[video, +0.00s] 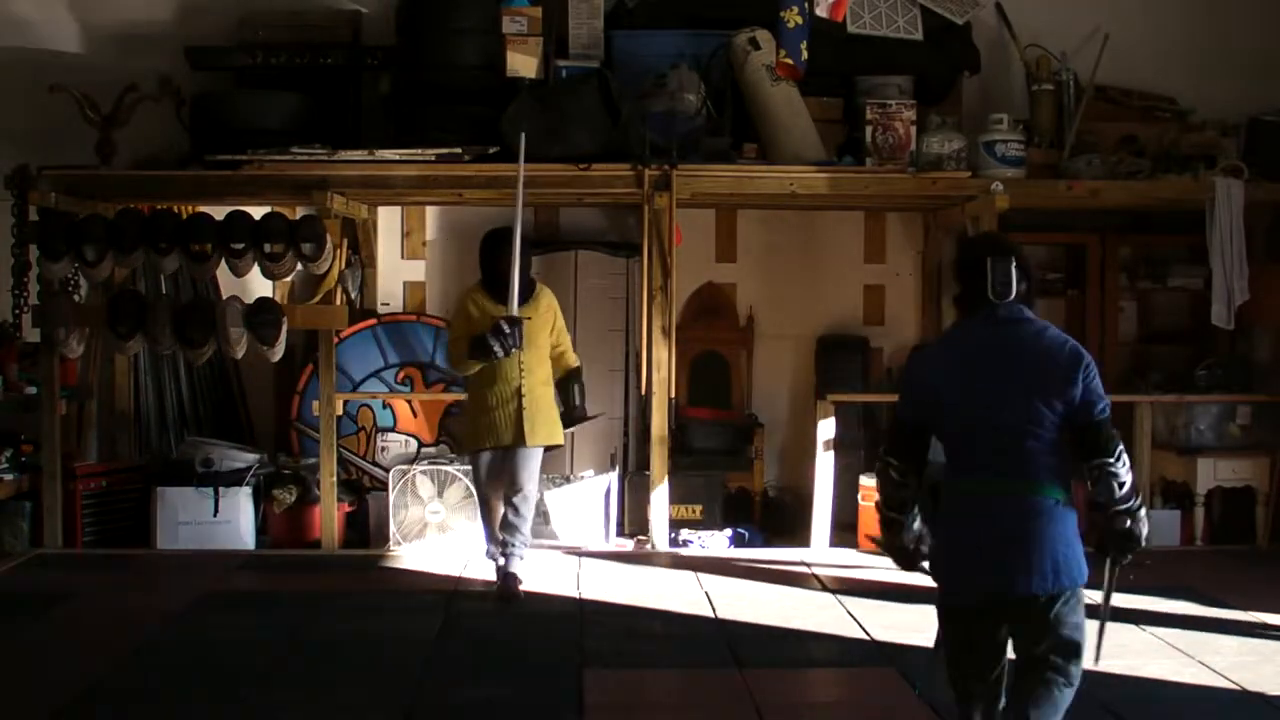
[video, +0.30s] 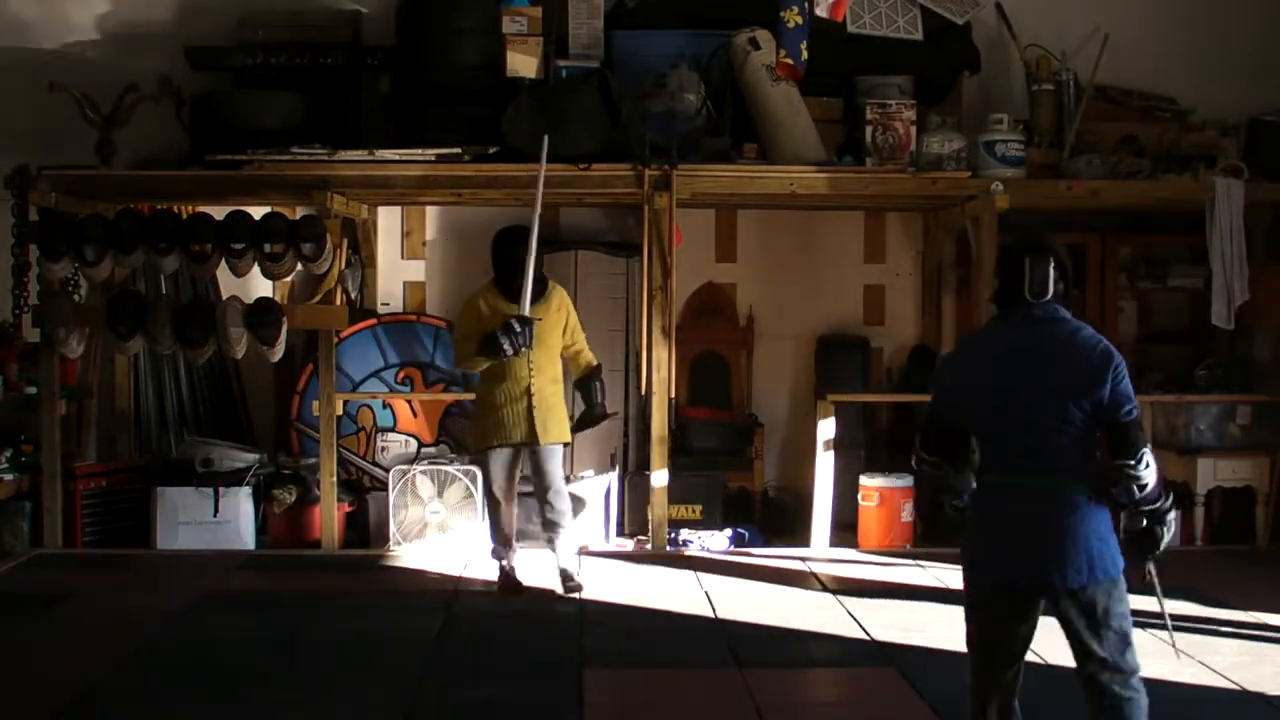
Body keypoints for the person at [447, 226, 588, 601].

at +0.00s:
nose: (516, 268)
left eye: (521, 259)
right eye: (507, 260)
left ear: (529, 260)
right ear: (489, 262)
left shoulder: (544, 299)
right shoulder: (472, 302)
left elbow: (561, 350)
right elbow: (456, 361)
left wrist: (572, 388)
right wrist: (483, 347)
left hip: (534, 413)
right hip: (488, 415)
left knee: (524, 491)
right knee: (488, 492)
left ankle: (512, 565)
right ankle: (497, 557)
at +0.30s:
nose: (528, 266)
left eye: (534, 257)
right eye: (519, 259)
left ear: (541, 258)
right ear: (501, 261)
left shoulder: (557, 299)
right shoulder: (482, 303)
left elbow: (576, 349)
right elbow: (463, 358)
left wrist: (592, 391)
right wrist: (493, 344)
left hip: (547, 415)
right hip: (500, 417)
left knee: (554, 491)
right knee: (500, 495)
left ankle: (567, 567)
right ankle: (506, 566)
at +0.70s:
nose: (570, 270)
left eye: (574, 262)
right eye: (560, 262)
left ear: (580, 263)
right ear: (543, 265)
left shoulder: (592, 300)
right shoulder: (523, 302)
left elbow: (609, 353)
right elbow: (506, 362)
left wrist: (623, 393)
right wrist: (544, 345)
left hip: (588, 417)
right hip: (542, 420)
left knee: (587, 499)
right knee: (526, 498)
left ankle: (586, 570)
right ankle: (511, 566)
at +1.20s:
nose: (609, 265)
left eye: (609, 256)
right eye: (600, 258)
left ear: (613, 259)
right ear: (577, 262)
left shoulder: (622, 302)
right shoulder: (557, 303)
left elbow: (636, 355)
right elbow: (536, 360)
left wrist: (646, 380)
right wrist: (575, 342)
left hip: (618, 416)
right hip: (578, 417)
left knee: (605, 498)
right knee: (580, 495)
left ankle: (587, 571)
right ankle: (567, 576)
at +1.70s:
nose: (622, 267)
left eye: (623, 259)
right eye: (613, 259)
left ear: (623, 263)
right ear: (590, 263)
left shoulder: (628, 305)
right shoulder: (563, 308)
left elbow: (637, 360)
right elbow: (541, 369)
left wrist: (645, 392)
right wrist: (575, 397)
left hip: (619, 430)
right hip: (582, 431)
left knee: (605, 507)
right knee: (591, 509)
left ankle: (589, 577)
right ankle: (593, 585)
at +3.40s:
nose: (617, 270)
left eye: (617, 261)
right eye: (608, 262)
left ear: (616, 265)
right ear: (587, 265)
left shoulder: (616, 309)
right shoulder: (561, 309)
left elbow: (630, 375)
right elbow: (564, 373)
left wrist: (629, 346)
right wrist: (605, 348)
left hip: (607, 421)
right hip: (575, 421)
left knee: (577, 499)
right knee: (592, 501)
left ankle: (554, 576)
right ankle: (595, 586)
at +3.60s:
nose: (618, 270)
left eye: (619, 261)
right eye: (610, 261)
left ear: (617, 263)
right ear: (589, 263)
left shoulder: (616, 306)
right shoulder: (564, 305)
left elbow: (634, 365)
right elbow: (567, 370)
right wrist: (610, 339)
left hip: (607, 419)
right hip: (576, 420)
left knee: (587, 501)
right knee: (591, 504)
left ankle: (561, 575)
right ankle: (594, 585)